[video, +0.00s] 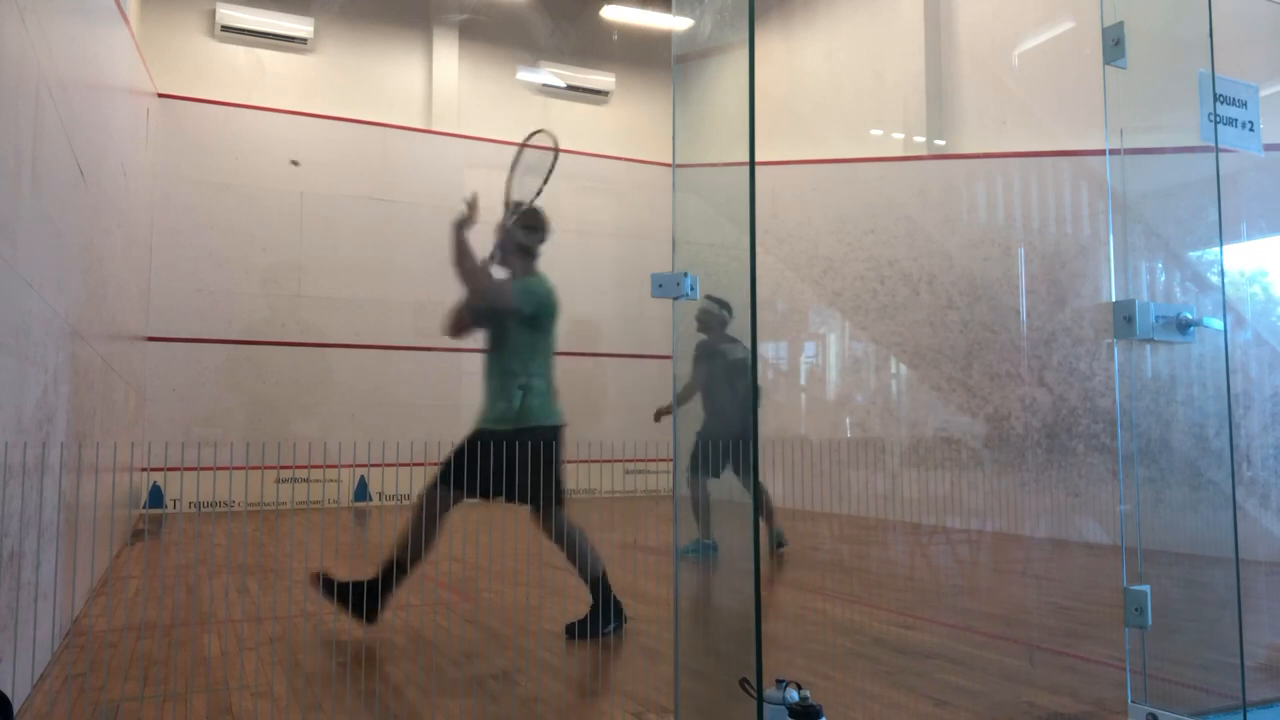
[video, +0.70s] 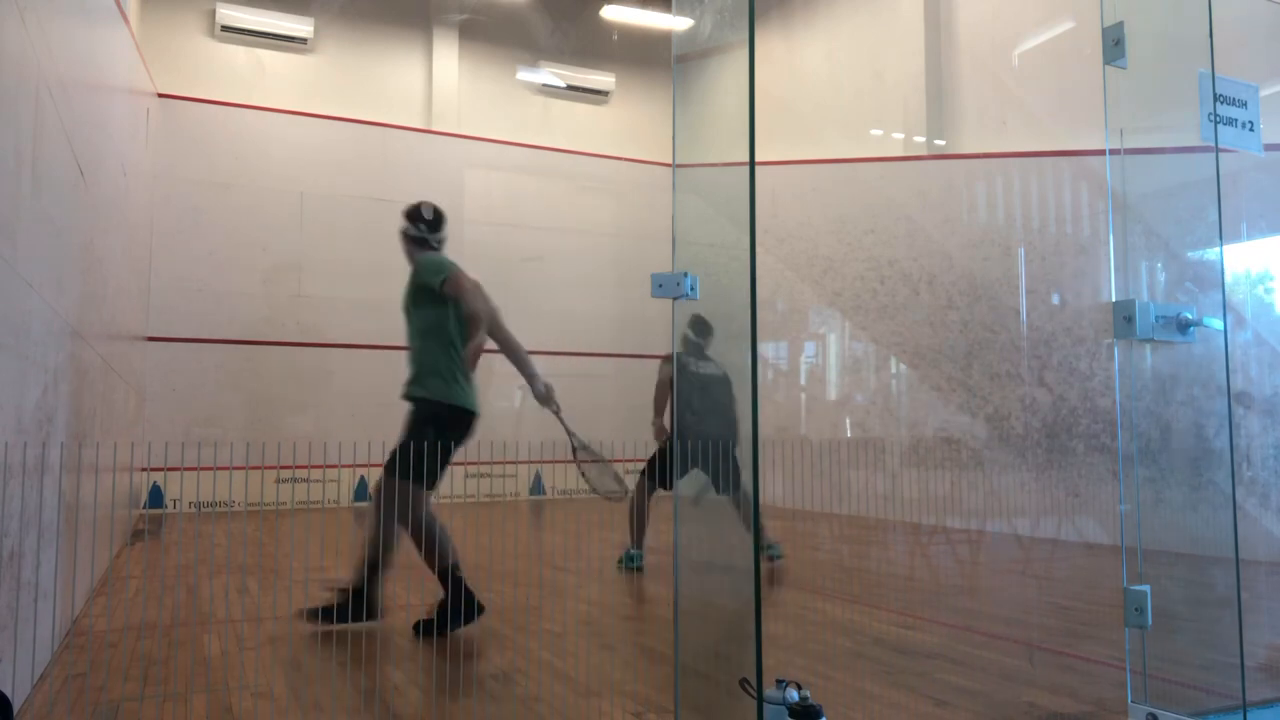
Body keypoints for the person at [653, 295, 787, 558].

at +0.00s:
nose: (697, 318)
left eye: (702, 314)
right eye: (699, 313)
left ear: (713, 320)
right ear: (722, 322)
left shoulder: (706, 347)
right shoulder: (740, 347)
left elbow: (694, 385)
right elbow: (753, 389)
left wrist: (669, 407)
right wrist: (744, 415)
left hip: (717, 425)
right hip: (744, 425)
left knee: (696, 477)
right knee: (750, 479)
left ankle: (705, 539)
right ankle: (775, 532)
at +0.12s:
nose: (691, 313)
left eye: (697, 310)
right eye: (692, 309)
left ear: (711, 315)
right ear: (717, 316)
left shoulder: (698, 344)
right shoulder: (734, 344)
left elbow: (690, 385)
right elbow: (739, 389)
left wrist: (670, 413)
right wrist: (728, 412)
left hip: (706, 425)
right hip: (734, 424)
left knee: (695, 478)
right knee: (737, 481)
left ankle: (705, 539)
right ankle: (745, 536)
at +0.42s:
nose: (678, 319)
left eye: (681, 314)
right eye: (680, 313)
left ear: (687, 317)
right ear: (707, 318)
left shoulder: (685, 341)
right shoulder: (722, 346)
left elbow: (689, 369)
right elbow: (731, 387)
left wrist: (693, 401)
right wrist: (724, 414)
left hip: (689, 423)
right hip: (718, 426)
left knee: (657, 473)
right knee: (712, 485)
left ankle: (675, 529)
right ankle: (705, 546)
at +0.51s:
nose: (674, 322)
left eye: (677, 317)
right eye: (676, 316)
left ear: (684, 318)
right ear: (701, 318)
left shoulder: (680, 342)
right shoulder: (718, 347)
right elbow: (725, 398)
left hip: (684, 423)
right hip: (716, 425)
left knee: (653, 478)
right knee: (719, 486)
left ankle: (647, 538)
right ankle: (710, 542)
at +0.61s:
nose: (676, 327)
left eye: (678, 322)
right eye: (680, 323)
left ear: (679, 323)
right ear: (700, 327)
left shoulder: (670, 348)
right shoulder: (713, 356)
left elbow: (669, 379)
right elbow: (722, 400)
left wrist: (668, 402)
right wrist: (717, 424)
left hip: (682, 432)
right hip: (716, 434)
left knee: (650, 483)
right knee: (732, 488)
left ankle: (637, 549)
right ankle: (731, 548)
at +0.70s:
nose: (688, 339)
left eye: (687, 335)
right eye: (697, 338)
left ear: (684, 336)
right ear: (707, 341)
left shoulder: (673, 361)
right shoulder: (717, 368)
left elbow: (663, 387)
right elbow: (730, 407)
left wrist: (658, 422)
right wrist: (734, 437)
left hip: (685, 440)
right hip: (719, 442)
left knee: (644, 486)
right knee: (737, 492)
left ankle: (635, 551)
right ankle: (764, 543)